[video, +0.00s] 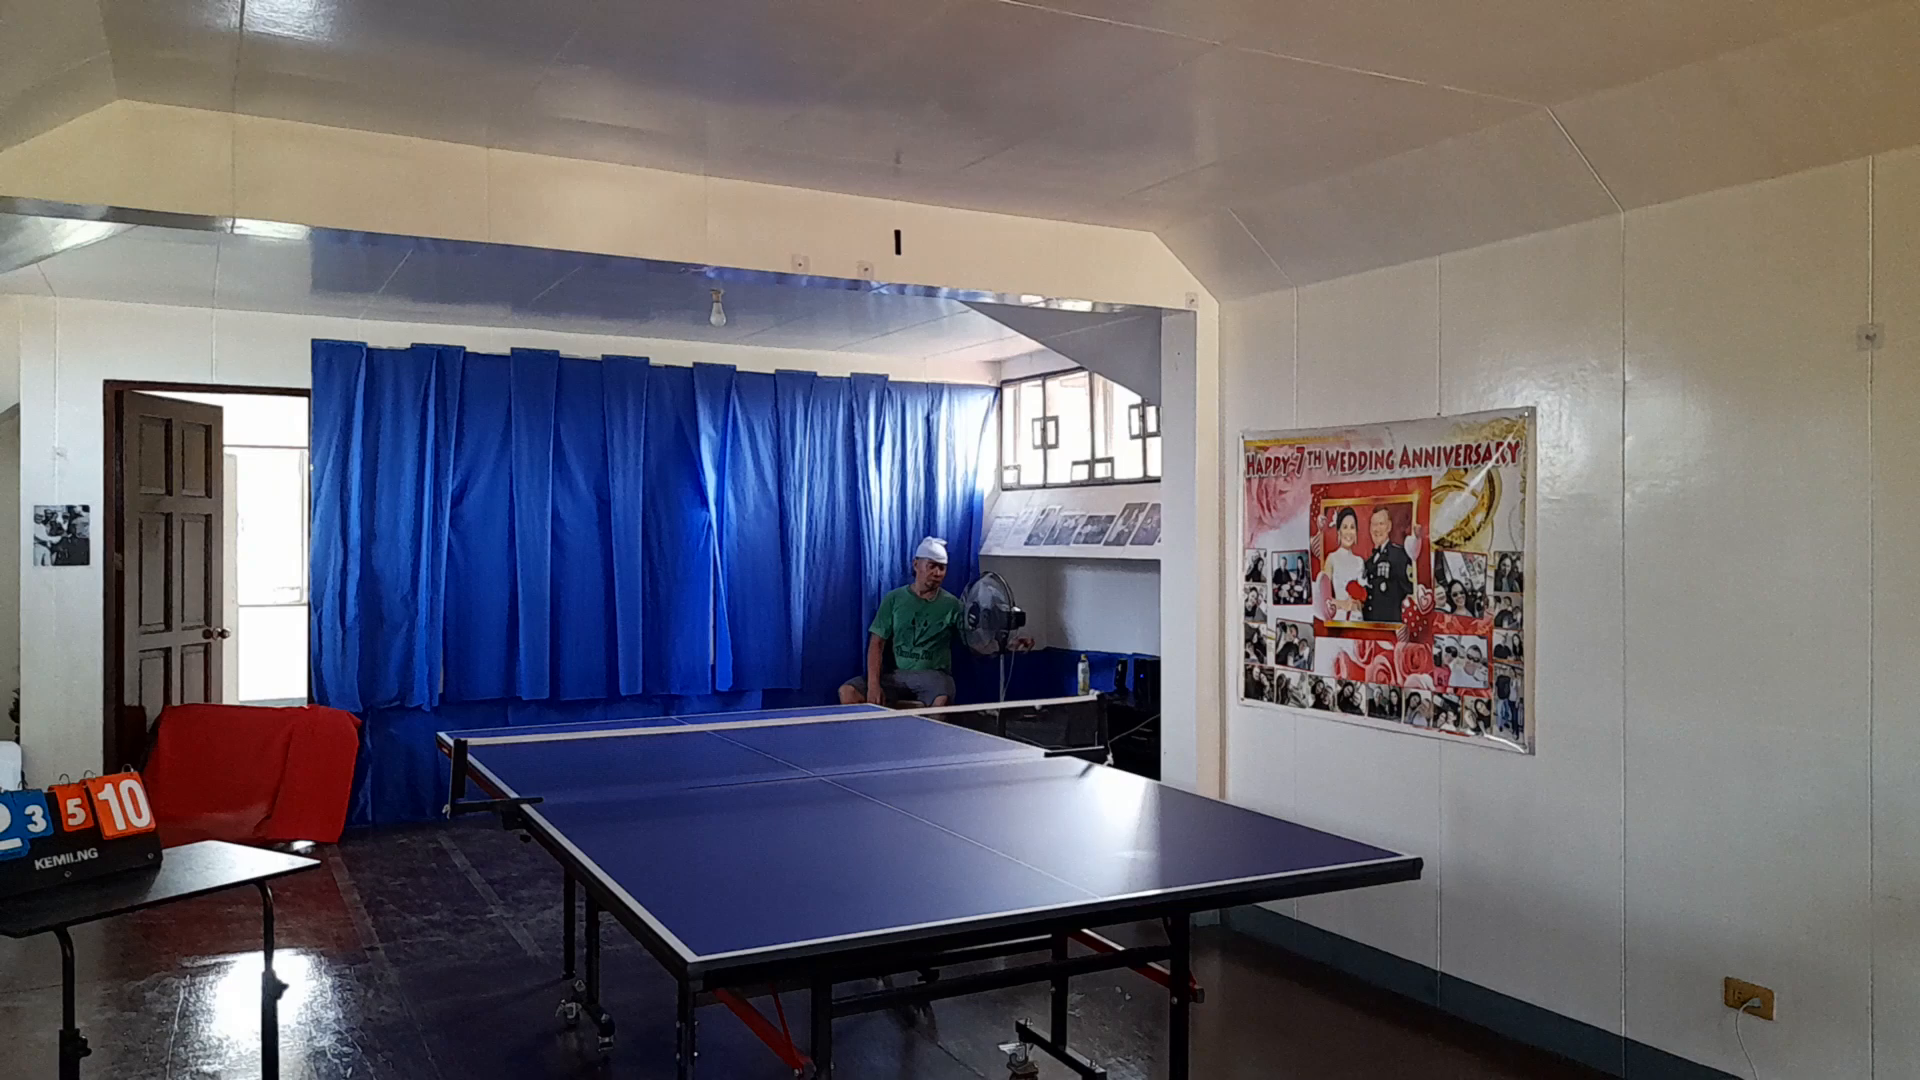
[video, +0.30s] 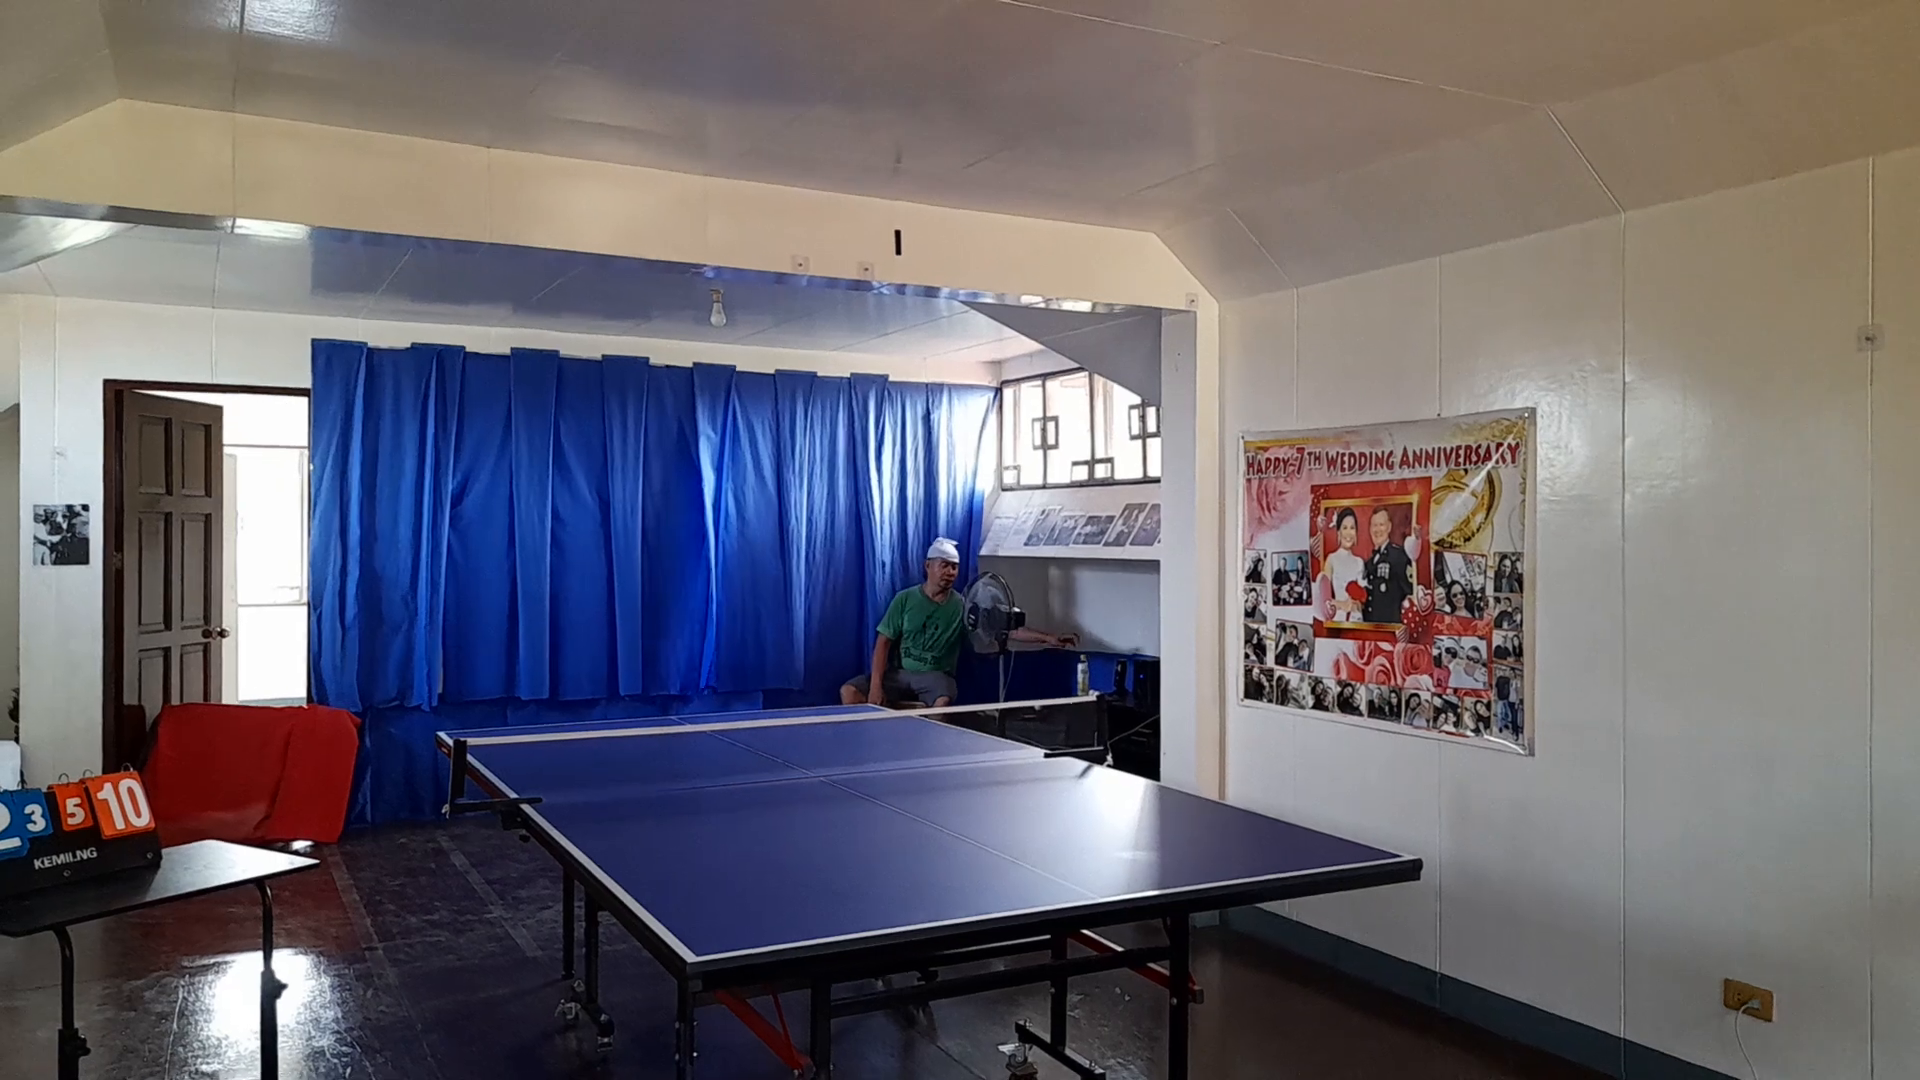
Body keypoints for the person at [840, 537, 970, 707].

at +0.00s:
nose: (937, 573)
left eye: (942, 568)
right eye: (931, 566)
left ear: (946, 571)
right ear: (916, 565)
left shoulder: (953, 605)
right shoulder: (894, 599)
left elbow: (978, 643)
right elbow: (876, 643)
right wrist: (873, 685)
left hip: (933, 677)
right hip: (897, 675)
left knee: (941, 699)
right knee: (848, 691)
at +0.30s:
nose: (950, 572)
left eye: (954, 568)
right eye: (945, 565)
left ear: (958, 572)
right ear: (928, 566)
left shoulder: (963, 607)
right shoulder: (905, 600)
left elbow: (1004, 627)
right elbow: (883, 643)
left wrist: (1046, 638)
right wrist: (875, 687)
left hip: (935, 677)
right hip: (899, 673)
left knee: (944, 703)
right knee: (849, 691)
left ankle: (928, 753)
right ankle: (871, 742)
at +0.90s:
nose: (941, 573)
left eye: (946, 567)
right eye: (935, 567)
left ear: (951, 570)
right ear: (921, 569)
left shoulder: (959, 607)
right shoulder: (900, 602)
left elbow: (980, 643)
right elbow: (882, 647)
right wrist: (885, 692)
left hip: (938, 677)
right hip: (901, 673)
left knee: (949, 704)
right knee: (855, 692)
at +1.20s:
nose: (929, 568)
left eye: (934, 563)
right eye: (922, 562)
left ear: (939, 568)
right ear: (910, 566)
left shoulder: (950, 606)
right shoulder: (892, 601)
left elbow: (959, 647)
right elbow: (877, 649)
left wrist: (955, 649)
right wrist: (900, 664)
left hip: (933, 678)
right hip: (897, 676)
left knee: (950, 706)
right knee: (854, 692)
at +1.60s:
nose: (904, 565)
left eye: (910, 559)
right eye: (899, 560)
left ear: (923, 563)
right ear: (893, 564)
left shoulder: (937, 600)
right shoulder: (880, 601)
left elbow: (956, 644)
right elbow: (867, 648)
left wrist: (923, 637)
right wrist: (881, 643)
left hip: (928, 675)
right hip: (889, 674)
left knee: (946, 702)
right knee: (851, 691)